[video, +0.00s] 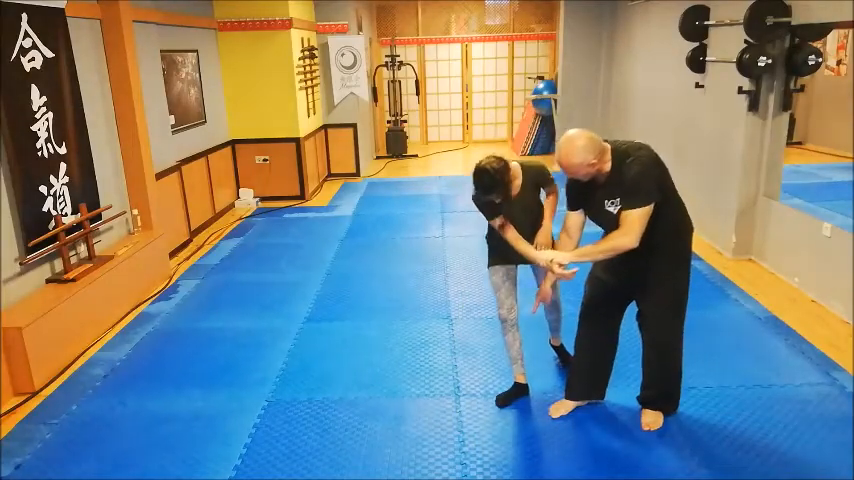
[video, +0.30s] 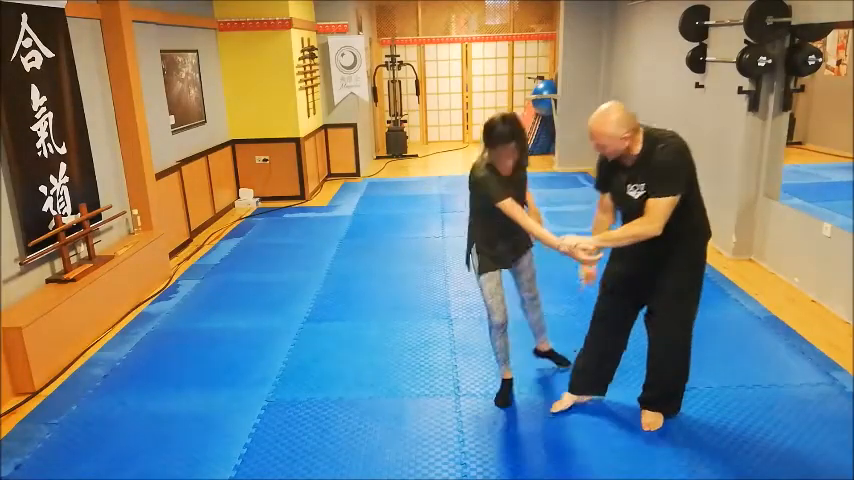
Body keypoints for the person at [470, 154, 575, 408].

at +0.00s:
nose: (495, 202)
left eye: (499, 197)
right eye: (490, 200)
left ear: (509, 177)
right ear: (481, 190)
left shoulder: (535, 171)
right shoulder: (482, 196)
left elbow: (552, 192)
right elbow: (505, 228)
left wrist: (546, 229)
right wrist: (541, 260)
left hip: (537, 237)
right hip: (502, 245)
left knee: (552, 297)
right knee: (507, 315)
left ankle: (556, 342)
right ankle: (520, 381)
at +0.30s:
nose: (510, 161)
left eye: (514, 154)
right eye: (503, 154)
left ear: (521, 148)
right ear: (490, 149)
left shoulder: (517, 163)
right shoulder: (482, 175)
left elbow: (522, 191)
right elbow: (520, 217)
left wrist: (534, 213)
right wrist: (560, 245)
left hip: (518, 240)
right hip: (488, 248)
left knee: (530, 295)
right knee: (498, 319)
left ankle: (542, 345)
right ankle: (506, 376)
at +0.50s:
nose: (516, 139)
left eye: (519, 132)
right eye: (512, 133)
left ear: (516, 124)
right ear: (491, 128)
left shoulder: (492, 153)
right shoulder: (489, 164)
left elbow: (495, 197)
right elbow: (533, 211)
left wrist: (519, 212)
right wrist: (578, 234)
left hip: (498, 242)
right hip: (486, 246)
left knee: (505, 304)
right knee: (499, 315)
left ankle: (498, 355)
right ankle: (486, 378)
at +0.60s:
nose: (515, 135)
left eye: (517, 128)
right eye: (513, 129)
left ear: (491, 123)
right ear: (492, 124)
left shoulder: (470, 154)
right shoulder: (494, 164)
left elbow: (482, 194)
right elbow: (538, 211)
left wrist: (509, 208)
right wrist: (579, 231)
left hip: (478, 244)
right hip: (493, 249)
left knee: (489, 307)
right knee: (502, 315)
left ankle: (474, 364)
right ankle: (484, 381)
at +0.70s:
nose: (514, 131)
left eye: (515, 125)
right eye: (511, 125)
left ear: (489, 123)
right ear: (491, 123)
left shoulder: (461, 153)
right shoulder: (498, 162)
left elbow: (449, 193)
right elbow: (536, 210)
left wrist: (481, 194)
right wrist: (581, 229)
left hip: (468, 244)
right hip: (495, 247)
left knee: (475, 305)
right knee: (504, 315)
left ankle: (452, 373)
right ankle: (484, 383)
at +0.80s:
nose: (511, 128)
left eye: (511, 121)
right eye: (507, 121)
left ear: (484, 121)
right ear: (488, 122)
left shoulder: (453, 154)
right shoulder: (497, 162)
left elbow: (438, 197)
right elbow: (538, 211)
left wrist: (470, 200)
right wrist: (583, 229)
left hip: (461, 249)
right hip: (493, 252)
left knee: (462, 312)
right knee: (503, 316)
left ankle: (442, 382)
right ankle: (485, 386)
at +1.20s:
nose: (486, 120)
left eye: (484, 114)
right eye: (482, 114)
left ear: (456, 120)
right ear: (467, 119)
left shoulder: (429, 156)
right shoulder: (479, 162)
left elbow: (409, 204)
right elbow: (507, 217)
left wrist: (438, 211)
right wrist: (548, 243)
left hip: (439, 253)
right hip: (477, 252)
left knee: (442, 321)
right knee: (503, 308)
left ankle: (442, 391)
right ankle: (502, 382)